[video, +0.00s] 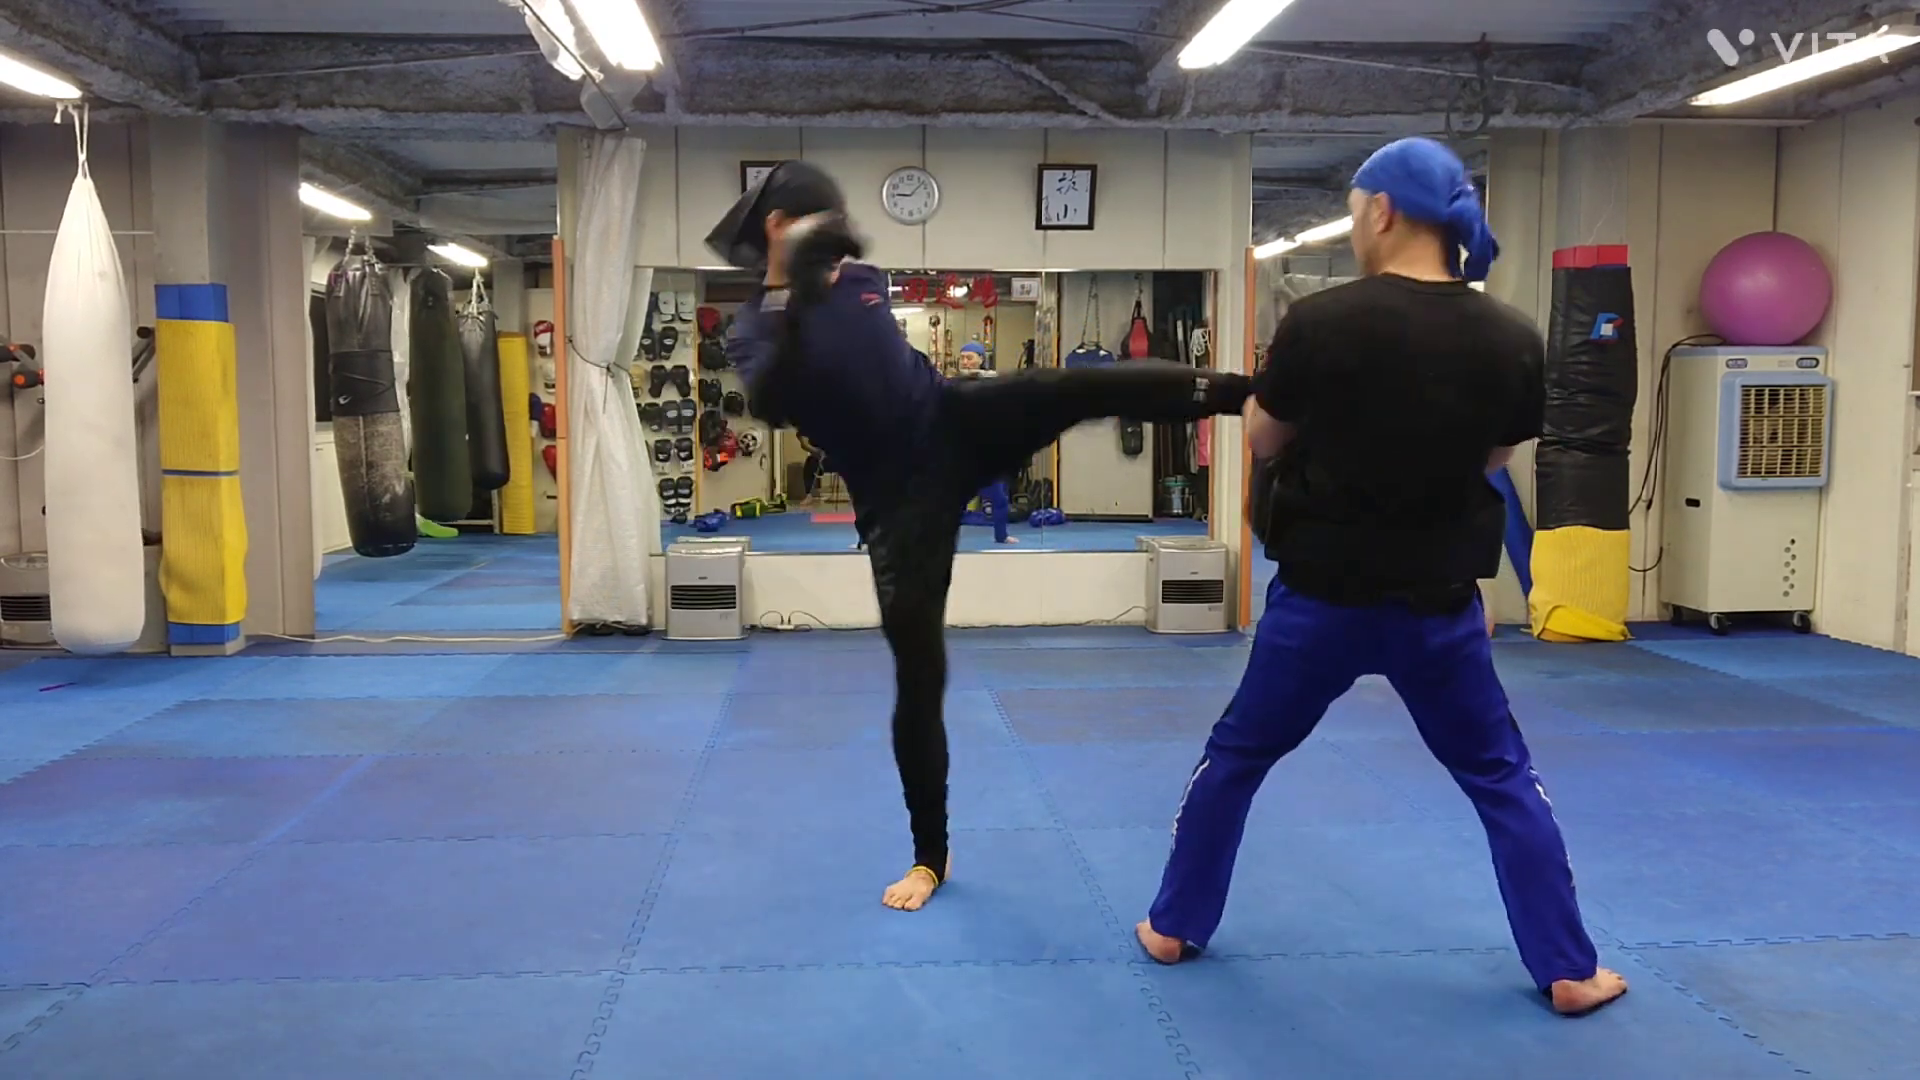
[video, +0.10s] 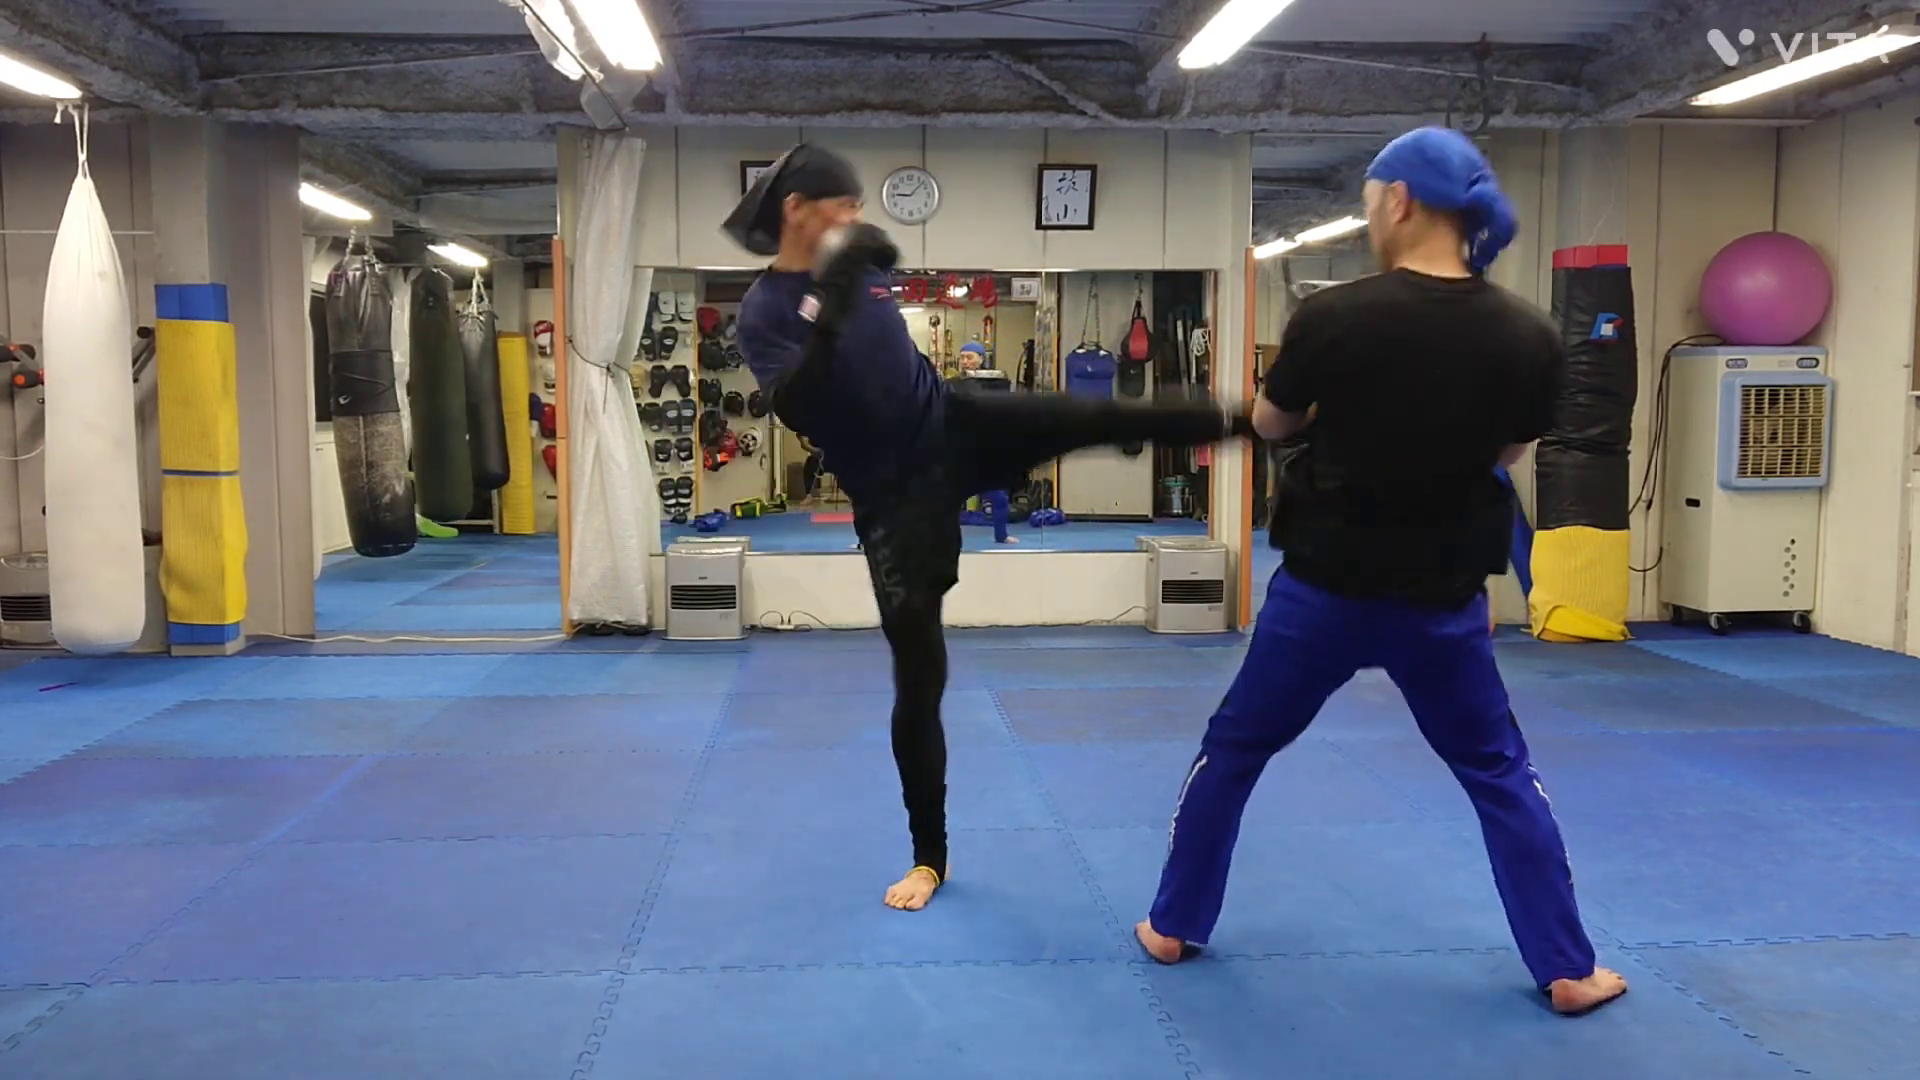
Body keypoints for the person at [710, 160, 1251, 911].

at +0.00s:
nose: (816, 231)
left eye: (822, 219)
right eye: (798, 219)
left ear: (832, 224)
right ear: (769, 232)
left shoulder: (855, 281)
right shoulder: (754, 328)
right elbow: (772, 400)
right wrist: (784, 291)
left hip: (953, 422)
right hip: (898, 501)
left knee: (1080, 386)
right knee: (919, 675)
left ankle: (1258, 392)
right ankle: (929, 857)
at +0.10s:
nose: (854, 216)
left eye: (855, 203)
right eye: (840, 203)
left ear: (820, 212)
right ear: (794, 210)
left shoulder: (848, 269)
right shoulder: (763, 316)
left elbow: (876, 251)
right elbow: (798, 405)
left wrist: (865, 253)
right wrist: (829, 299)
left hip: (953, 424)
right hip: (896, 499)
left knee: (1097, 417)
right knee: (919, 678)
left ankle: (1256, 419)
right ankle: (928, 858)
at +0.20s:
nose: (884, 217)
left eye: (887, 202)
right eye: (870, 202)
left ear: (858, 206)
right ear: (825, 202)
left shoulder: (879, 276)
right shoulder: (777, 302)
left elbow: (920, 372)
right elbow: (790, 414)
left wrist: (1006, 408)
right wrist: (853, 328)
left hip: (954, 448)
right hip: (888, 506)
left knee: (1070, 476)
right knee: (910, 685)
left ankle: (1174, 537)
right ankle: (925, 859)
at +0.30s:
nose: (916, 219)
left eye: (918, 206)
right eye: (905, 204)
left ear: (894, 207)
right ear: (857, 200)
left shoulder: (904, 283)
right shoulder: (808, 297)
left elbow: (957, 367)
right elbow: (816, 405)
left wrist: (1031, 353)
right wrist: (882, 334)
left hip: (949, 480)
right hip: (885, 514)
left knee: (1050, 584)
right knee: (911, 691)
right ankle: (923, 860)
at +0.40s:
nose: (954, 221)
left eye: (958, 208)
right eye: (944, 206)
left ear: (928, 209)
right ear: (896, 202)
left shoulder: (931, 286)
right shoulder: (852, 293)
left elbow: (963, 375)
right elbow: (856, 402)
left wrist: (1023, 348)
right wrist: (931, 326)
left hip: (939, 498)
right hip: (882, 510)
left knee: (973, 629)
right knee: (913, 672)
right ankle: (908, 861)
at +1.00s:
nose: (1018, 234)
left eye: (1024, 220)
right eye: (1002, 223)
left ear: (1030, 222)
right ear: (960, 228)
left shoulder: (1030, 300)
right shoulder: (938, 291)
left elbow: (1094, 382)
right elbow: (869, 387)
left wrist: (1122, 358)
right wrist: (935, 403)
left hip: (981, 517)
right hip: (928, 516)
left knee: (948, 666)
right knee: (965, 676)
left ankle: (903, 808)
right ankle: (1000, 881)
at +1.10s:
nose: (1022, 218)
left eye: (1022, 205)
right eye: (1007, 207)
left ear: (1017, 215)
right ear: (972, 217)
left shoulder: (1040, 286)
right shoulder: (932, 295)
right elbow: (859, 387)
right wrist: (838, 452)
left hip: (1018, 524)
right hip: (958, 527)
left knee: (979, 676)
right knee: (1009, 708)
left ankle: (912, 794)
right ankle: (1059, 905)